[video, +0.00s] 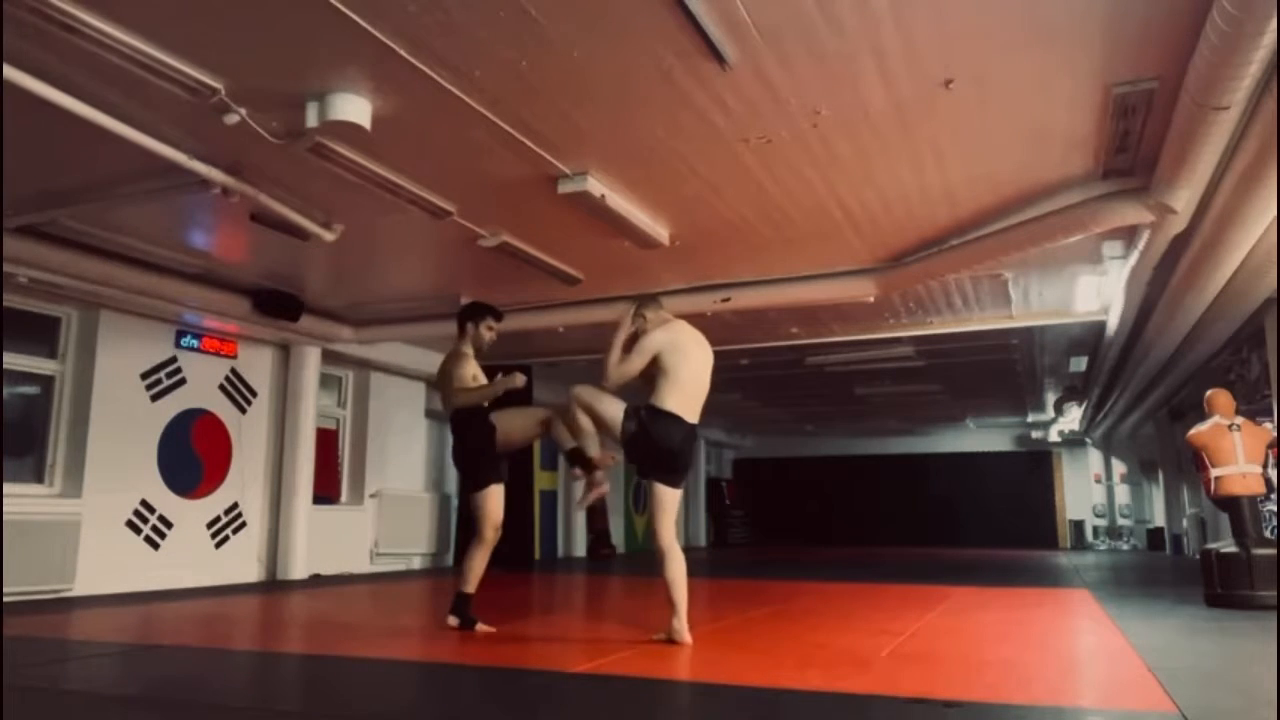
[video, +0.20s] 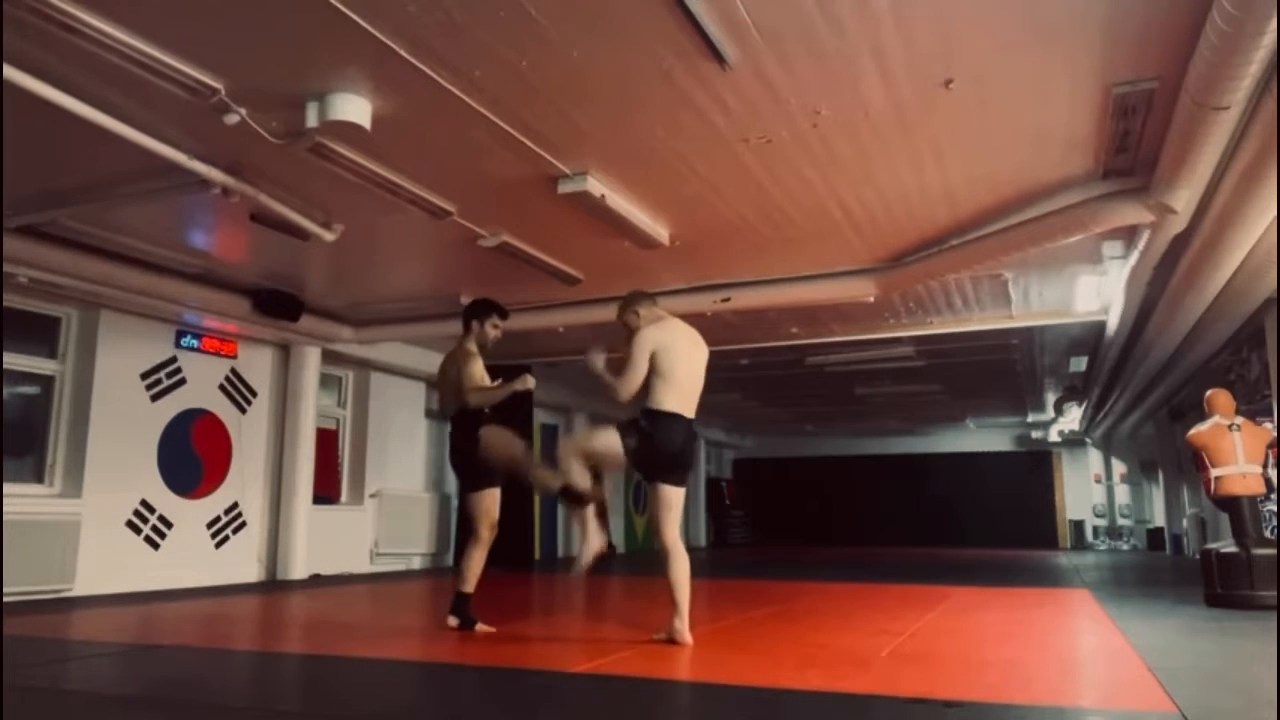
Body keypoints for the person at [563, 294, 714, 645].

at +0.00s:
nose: (639, 332)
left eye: (638, 326)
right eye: (637, 327)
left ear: (648, 315)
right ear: (664, 311)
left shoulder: (660, 335)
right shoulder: (701, 344)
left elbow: (613, 377)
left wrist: (621, 335)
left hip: (650, 430)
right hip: (681, 445)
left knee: (578, 395)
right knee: (667, 538)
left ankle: (595, 468)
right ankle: (680, 623)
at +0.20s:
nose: (630, 331)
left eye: (628, 325)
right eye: (627, 326)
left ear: (638, 312)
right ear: (654, 306)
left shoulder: (650, 334)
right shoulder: (696, 340)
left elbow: (625, 392)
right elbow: (675, 381)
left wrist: (600, 368)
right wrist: (631, 362)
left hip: (651, 433)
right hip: (682, 443)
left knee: (570, 447)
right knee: (671, 536)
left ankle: (592, 536)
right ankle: (681, 625)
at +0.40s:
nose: (621, 331)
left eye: (620, 325)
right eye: (619, 326)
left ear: (629, 313)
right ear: (648, 308)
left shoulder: (636, 338)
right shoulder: (688, 342)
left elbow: (636, 398)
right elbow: (670, 388)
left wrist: (603, 423)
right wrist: (626, 365)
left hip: (640, 437)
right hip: (673, 440)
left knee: (611, 533)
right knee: (667, 538)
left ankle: (593, 624)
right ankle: (681, 624)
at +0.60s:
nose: (615, 326)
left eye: (613, 320)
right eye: (612, 321)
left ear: (624, 307)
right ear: (640, 303)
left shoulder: (634, 334)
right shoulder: (679, 339)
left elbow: (606, 390)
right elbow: (653, 376)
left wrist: (569, 372)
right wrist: (614, 359)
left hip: (634, 435)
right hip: (668, 437)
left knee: (592, 522)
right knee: (671, 535)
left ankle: (589, 619)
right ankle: (684, 624)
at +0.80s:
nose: (605, 324)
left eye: (604, 318)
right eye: (603, 318)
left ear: (615, 308)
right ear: (633, 304)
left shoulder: (620, 335)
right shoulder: (669, 341)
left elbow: (584, 389)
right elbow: (668, 406)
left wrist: (558, 366)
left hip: (619, 439)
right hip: (656, 441)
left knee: (567, 517)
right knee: (670, 535)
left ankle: (574, 613)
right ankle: (684, 622)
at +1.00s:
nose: (583, 322)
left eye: (582, 316)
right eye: (581, 316)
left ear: (592, 308)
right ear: (613, 305)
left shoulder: (595, 334)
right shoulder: (647, 344)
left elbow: (562, 388)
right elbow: (655, 410)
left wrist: (540, 358)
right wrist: (658, 458)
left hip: (588, 437)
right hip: (626, 443)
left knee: (556, 528)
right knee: (622, 534)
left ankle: (561, 627)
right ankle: (663, 619)